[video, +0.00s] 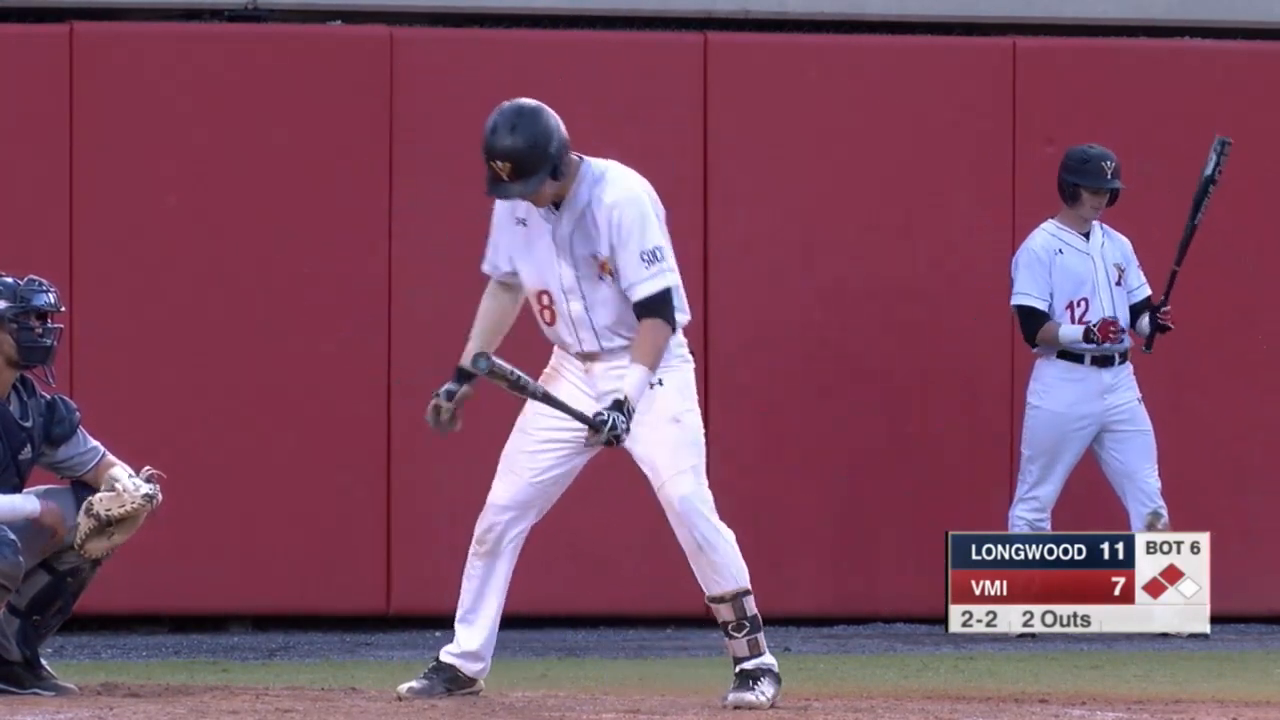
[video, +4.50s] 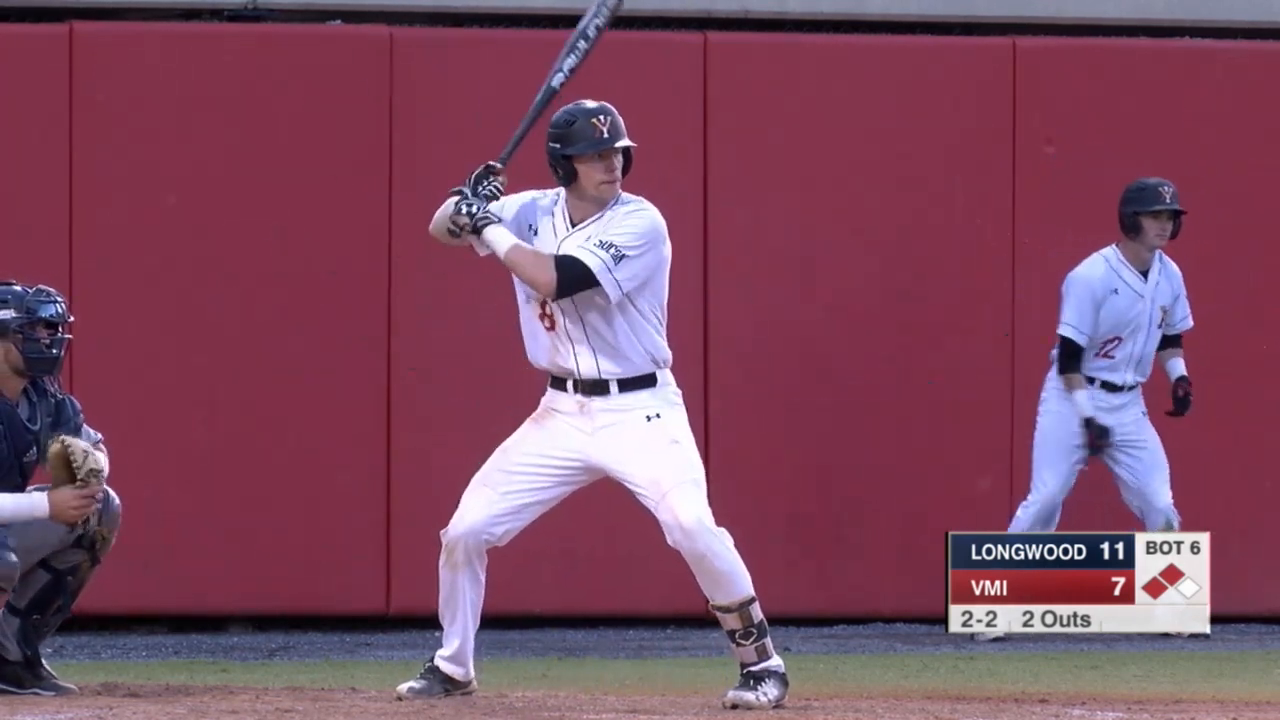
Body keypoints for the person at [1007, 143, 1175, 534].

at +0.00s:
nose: (1102, 199)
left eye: (1108, 191)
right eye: (1094, 190)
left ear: (1113, 193)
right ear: (1069, 188)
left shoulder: (1118, 245)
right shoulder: (1038, 248)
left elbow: (1140, 314)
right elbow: (1035, 330)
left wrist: (1152, 322)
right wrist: (1086, 334)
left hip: (1119, 385)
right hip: (1061, 386)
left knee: (1150, 505)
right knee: (1034, 505)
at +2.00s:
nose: (1081, 191)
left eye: (1089, 182)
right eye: (1073, 182)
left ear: (1101, 187)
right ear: (1059, 186)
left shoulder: (1122, 238)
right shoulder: (1040, 245)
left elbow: (1154, 290)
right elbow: (1063, 324)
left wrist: (1154, 304)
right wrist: (1127, 330)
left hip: (1118, 382)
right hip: (1062, 381)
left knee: (1147, 504)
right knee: (1035, 503)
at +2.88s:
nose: (1147, 195)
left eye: (1152, 187)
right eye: (1138, 186)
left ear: (1158, 193)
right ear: (1115, 189)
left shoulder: (1152, 251)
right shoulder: (1086, 244)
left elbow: (1159, 321)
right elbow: (1110, 326)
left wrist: (1180, 336)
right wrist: (1166, 352)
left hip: (1132, 388)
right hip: (1080, 384)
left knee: (1160, 502)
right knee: (1048, 504)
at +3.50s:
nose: (1198, 209)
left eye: (1203, 201)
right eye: (1189, 200)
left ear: (1207, 206)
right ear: (1163, 203)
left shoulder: (1192, 257)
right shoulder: (1130, 259)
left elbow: (1185, 323)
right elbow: (1115, 345)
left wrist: (1208, 364)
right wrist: (1138, 411)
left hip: (1147, 386)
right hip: (1099, 382)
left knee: (1171, 495)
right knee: (1060, 484)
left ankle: (1179, 592)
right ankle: (1000, 576)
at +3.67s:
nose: (1175, 215)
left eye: (1179, 207)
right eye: (1165, 207)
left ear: (1183, 212)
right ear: (1140, 210)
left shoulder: (1174, 264)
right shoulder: (1102, 266)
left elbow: (1172, 330)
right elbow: (1078, 348)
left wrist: (1189, 369)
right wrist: (1080, 408)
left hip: (1135, 398)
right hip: (1081, 391)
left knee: (1165, 505)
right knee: (1047, 496)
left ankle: (1171, 609)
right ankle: (992, 591)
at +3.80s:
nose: (1147, 218)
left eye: (1153, 210)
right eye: (1138, 210)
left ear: (1158, 216)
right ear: (1114, 213)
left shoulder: (1154, 266)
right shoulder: (1074, 268)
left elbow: (1156, 329)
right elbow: (1043, 339)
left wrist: (1167, 369)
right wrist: (1024, 394)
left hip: (1118, 401)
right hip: (1062, 395)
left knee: (1151, 505)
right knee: (1038, 497)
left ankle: (1165, 606)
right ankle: (991, 594)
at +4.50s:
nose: (1166, 225)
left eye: (1170, 217)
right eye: (1156, 217)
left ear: (1174, 223)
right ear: (1131, 221)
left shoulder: (1168, 274)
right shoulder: (1091, 275)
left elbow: (1169, 335)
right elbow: (1068, 357)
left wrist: (1180, 378)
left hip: (1128, 402)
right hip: (1072, 396)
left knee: (1160, 508)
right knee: (1047, 498)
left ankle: (1171, 608)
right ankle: (994, 590)